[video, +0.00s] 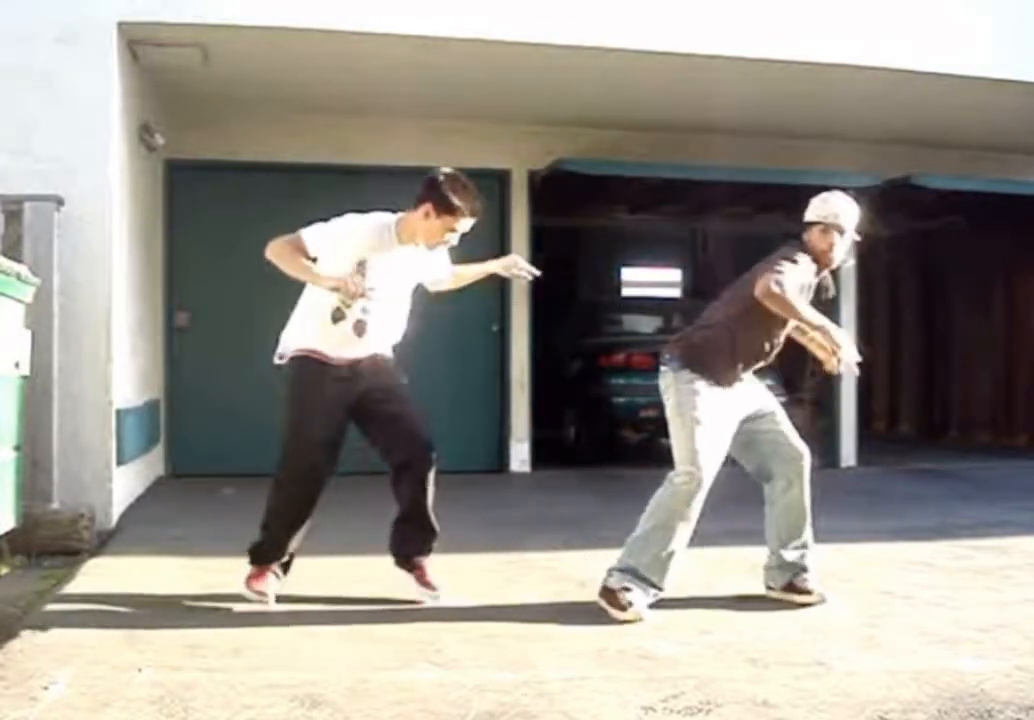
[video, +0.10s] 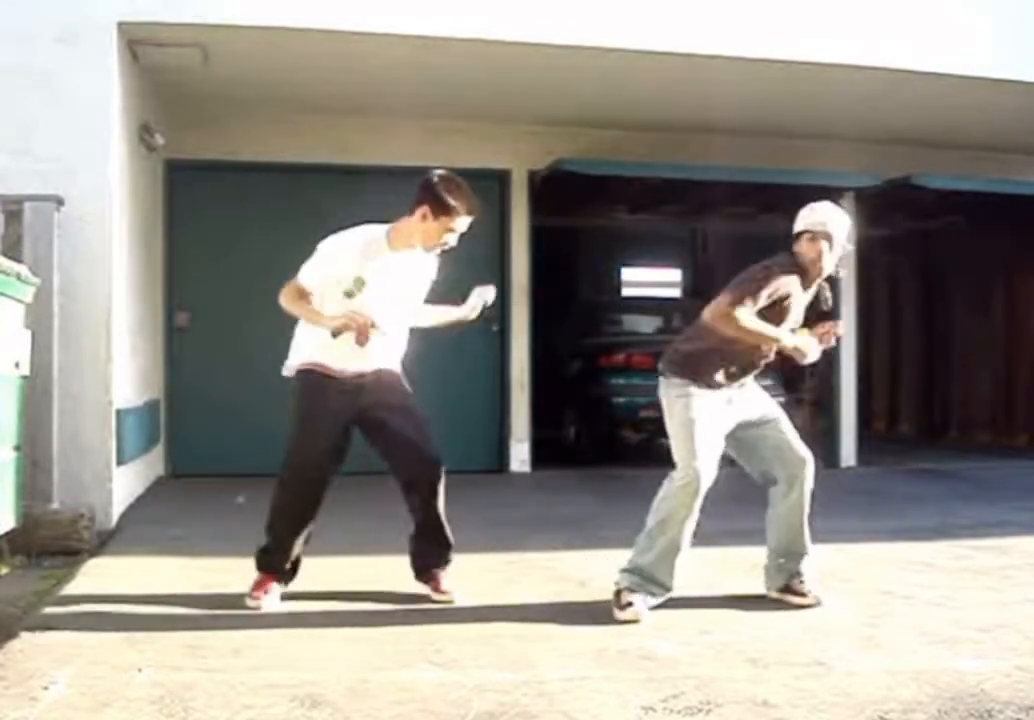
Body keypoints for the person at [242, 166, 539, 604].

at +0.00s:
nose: (448, 241)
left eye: (455, 234)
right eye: (448, 230)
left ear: (437, 216)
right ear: (425, 210)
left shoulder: (430, 251)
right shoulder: (361, 229)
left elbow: (441, 281)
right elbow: (278, 250)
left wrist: (495, 267)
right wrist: (327, 279)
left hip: (373, 364)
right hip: (318, 362)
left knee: (417, 453)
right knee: (307, 465)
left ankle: (413, 554)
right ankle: (266, 564)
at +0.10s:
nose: (453, 241)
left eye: (458, 233)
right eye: (451, 230)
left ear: (430, 218)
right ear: (424, 215)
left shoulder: (426, 263)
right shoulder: (348, 246)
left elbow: (404, 313)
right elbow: (289, 295)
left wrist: (462, 313)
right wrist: (333, 320)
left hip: (381, 377)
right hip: (324, 375)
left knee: (424, 467)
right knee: (306, 471)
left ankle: (432, 569)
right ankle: (271, 573)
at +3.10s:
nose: (399, 181)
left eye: (407, 172)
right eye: (391, 172)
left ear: (418, 168)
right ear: (375, 169)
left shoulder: (435, 211)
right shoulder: (350, 215)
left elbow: (489, 252)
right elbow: (302, 268)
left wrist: (483, 202)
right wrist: (294, 222)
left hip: (424, 347)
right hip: (370, 344)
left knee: (445, 440)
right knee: (357, 448)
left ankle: (393, 531)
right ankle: (380, 549)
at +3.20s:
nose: (404, 180)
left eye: (412, 171)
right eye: (396, 171)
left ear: (423, 169)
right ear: (383, 168)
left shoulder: (441, 212)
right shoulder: (356, 213)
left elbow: (492, 252)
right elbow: (307, 264)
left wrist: (487, 204)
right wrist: (304, 219)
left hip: (431, 348)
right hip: (376, 345)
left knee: (461, 436)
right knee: (357, 446)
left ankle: (414, 517)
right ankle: (363, 550)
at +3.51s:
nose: (410, 182)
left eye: (418, 173)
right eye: (402, 172)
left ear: (430, 170)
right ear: (388, 167)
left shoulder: (445, 216)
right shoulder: (361, 209)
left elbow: (489, 257)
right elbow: (329, 255)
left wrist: (534, 284)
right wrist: (312, 298)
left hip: (422, 347)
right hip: (369, 339)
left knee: (446, 440)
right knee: (357, 427)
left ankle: (471, 533)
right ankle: (355, 536)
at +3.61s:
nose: (395, 178)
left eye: (403, 170)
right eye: (388, 169)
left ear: (415, 168)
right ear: (374, 164)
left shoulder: (428, 216)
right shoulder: (345, 210)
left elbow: (456, 275)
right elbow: (324, 276)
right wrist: (314, 339)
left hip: (410, 339)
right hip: (358, 333)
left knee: (426, 430)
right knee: (359, 427)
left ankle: (418, 525)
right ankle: (386, 529)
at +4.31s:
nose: (320, 195)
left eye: (327, 187)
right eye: (313, 187)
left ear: (341, 184)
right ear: (302, 185)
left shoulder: (357, 225)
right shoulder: (280, 226)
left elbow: (391, 264)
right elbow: (236, 275)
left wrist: (437, 250)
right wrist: (223, 253)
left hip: (354, 357)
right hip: (298, 358)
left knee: (391, 431)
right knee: (262, 439)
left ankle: (387, 530)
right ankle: (222, 522)